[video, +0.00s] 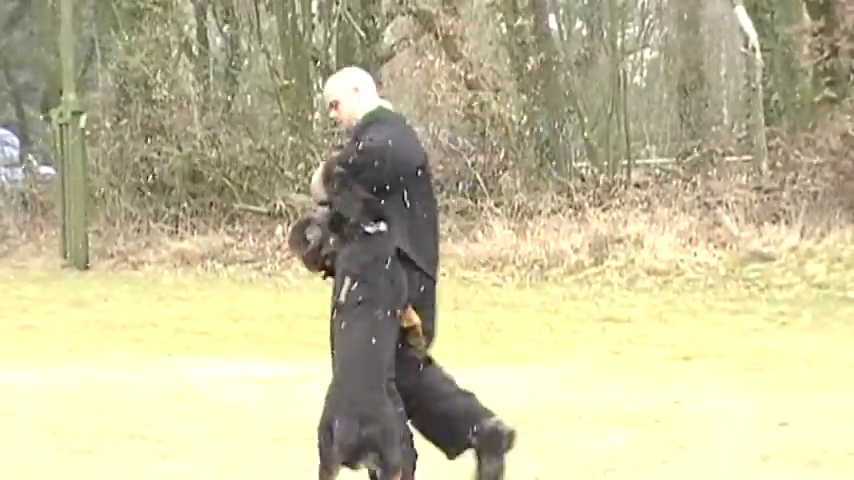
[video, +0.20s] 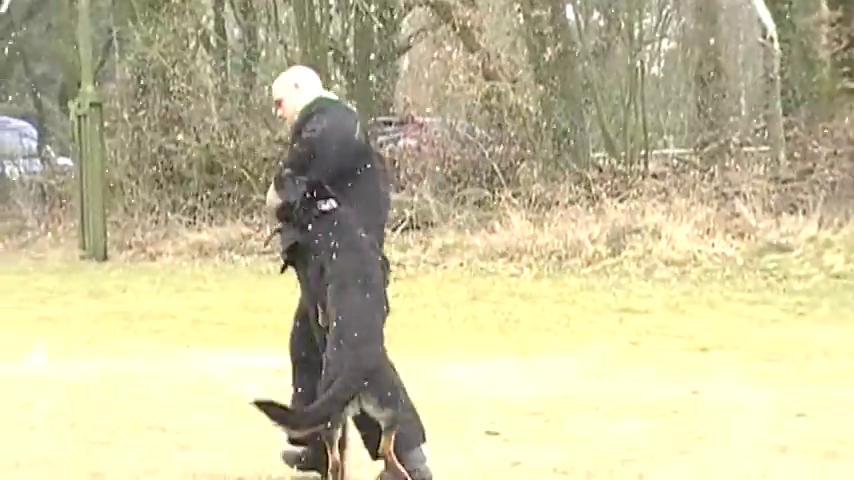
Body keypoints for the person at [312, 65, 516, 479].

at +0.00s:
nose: (333, 115)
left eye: (335, 105)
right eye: (330, 107)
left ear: (356, 94)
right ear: (365, 93)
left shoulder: (380, 137)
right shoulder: (389, 132)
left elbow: (339, 190)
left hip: (399, 269)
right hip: (400, 267)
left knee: (395, 362)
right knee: (397, 362)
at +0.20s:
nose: (278, 112)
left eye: (279, 102)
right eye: (276, 105)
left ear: (298, 88)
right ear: (305, 88)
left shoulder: (331, 118)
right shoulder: (316, 129)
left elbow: (320, 160)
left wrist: (283, 187)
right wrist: (284, 196)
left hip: (349, 259)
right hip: (322, 263)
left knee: (357, 352)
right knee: (306, 347)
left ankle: (406, 454)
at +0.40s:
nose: (230, 99)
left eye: (230, 89)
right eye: (227, 91)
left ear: (248, 78)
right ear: (256, 77)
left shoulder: (278, 104)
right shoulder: (269, 115)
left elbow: (304, 144)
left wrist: (251, 185)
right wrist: (236, 226)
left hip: (277, 242)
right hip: (265, 241)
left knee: (248, 339)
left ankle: (305, 428)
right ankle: (307, 430)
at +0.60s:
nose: (208, 63)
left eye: (211, 54)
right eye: (206, 55)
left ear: (231, 46)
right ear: (232, 46)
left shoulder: (259, 79)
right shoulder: (236, 92)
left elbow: (284, 127)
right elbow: (213, 135)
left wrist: (222, 154)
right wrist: (187, 157)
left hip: (271, 218)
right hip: (247, 218)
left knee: (208, 304)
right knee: (299, 313)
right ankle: (357, 400)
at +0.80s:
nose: (230, 67)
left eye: (233, 59)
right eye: (229, 60)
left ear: (254, 53)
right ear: (259, 52)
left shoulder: (275, 93)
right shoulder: (267, 94)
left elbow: (294, 145)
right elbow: (262, 149)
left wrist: (238, 169)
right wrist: (228, 170)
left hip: (267, 231)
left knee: (226, 310)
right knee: (324, 310)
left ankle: (232, 412)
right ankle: (418, 361)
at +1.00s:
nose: (249, 59)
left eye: (252, 50)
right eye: (246, 52)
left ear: (273, 42)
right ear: (271, 43)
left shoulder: (308, 83)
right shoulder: (277, 91)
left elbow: (340, 141)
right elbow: (273, 154)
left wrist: (271, 162)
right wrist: (249, 187)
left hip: (305, 216)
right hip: (277, 215)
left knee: (282, 306)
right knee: (263, 303)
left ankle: (311, 409)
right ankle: (335, 376)